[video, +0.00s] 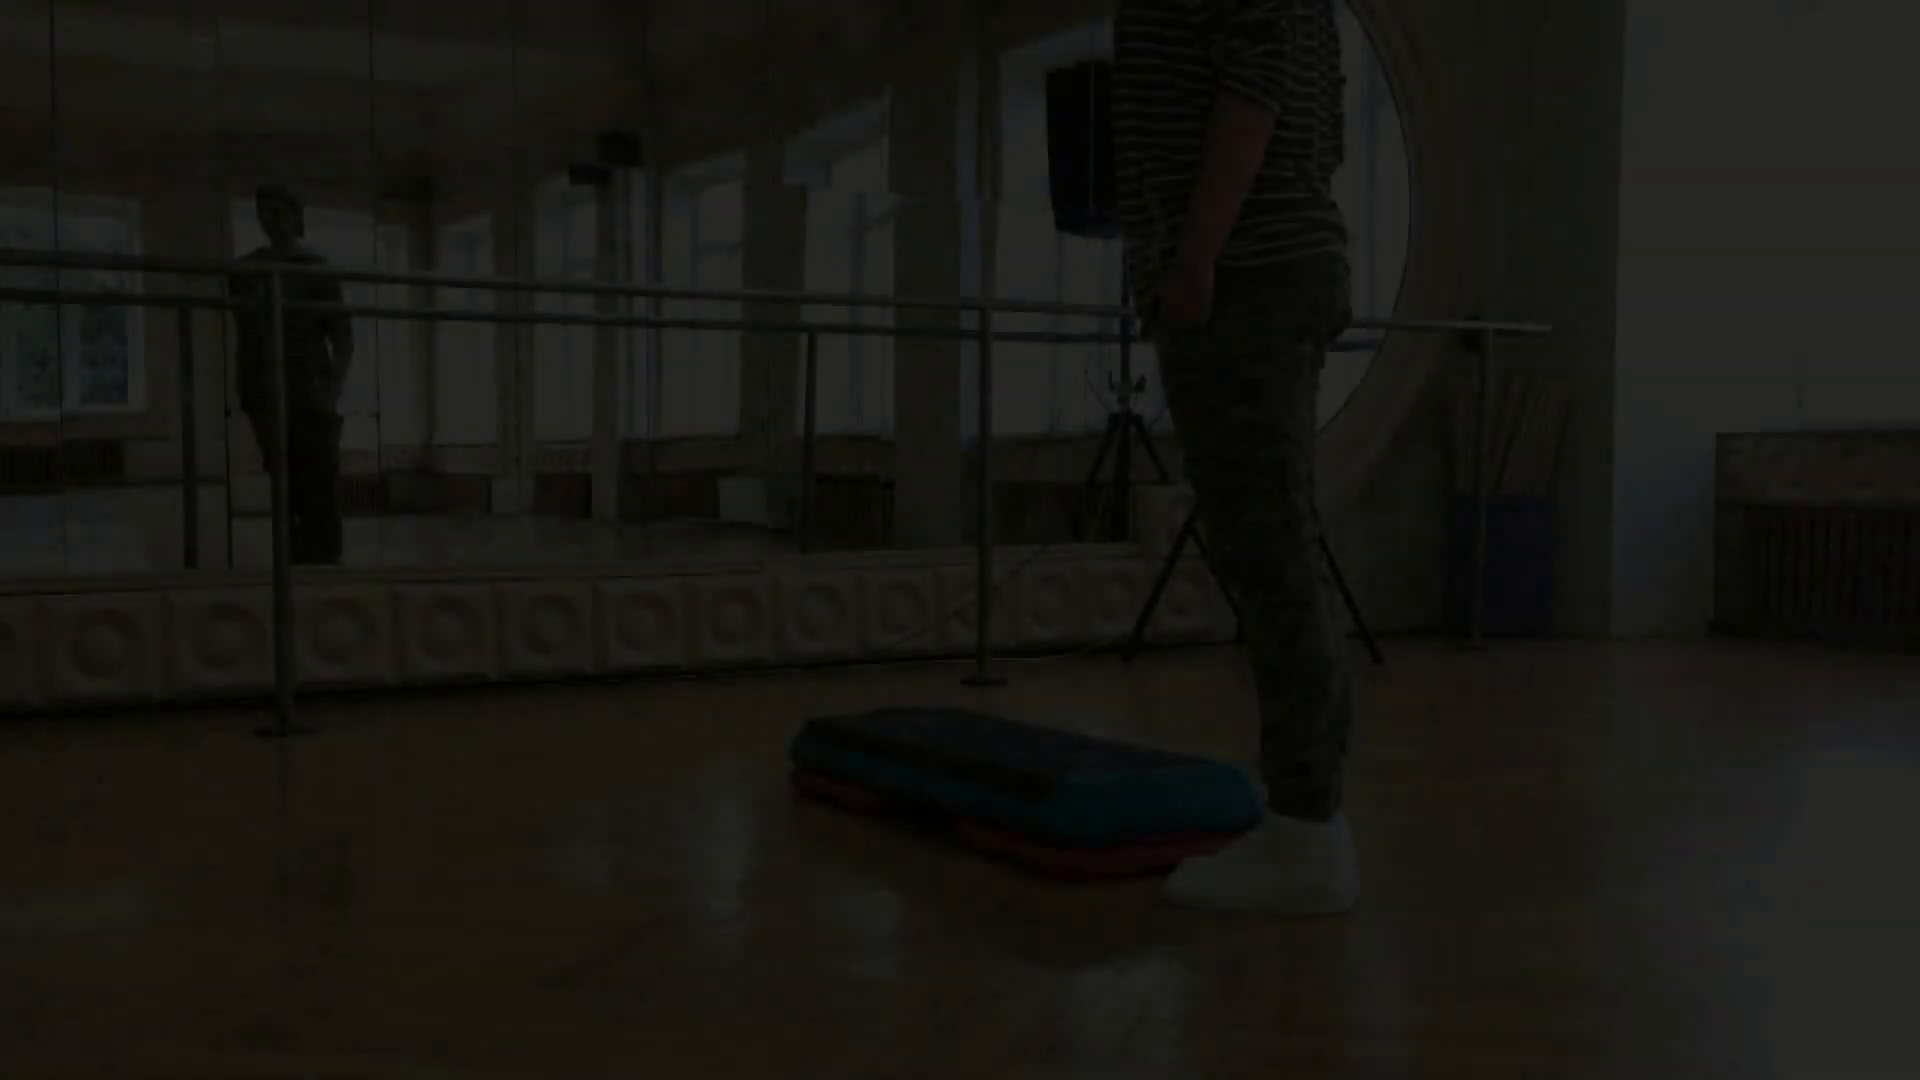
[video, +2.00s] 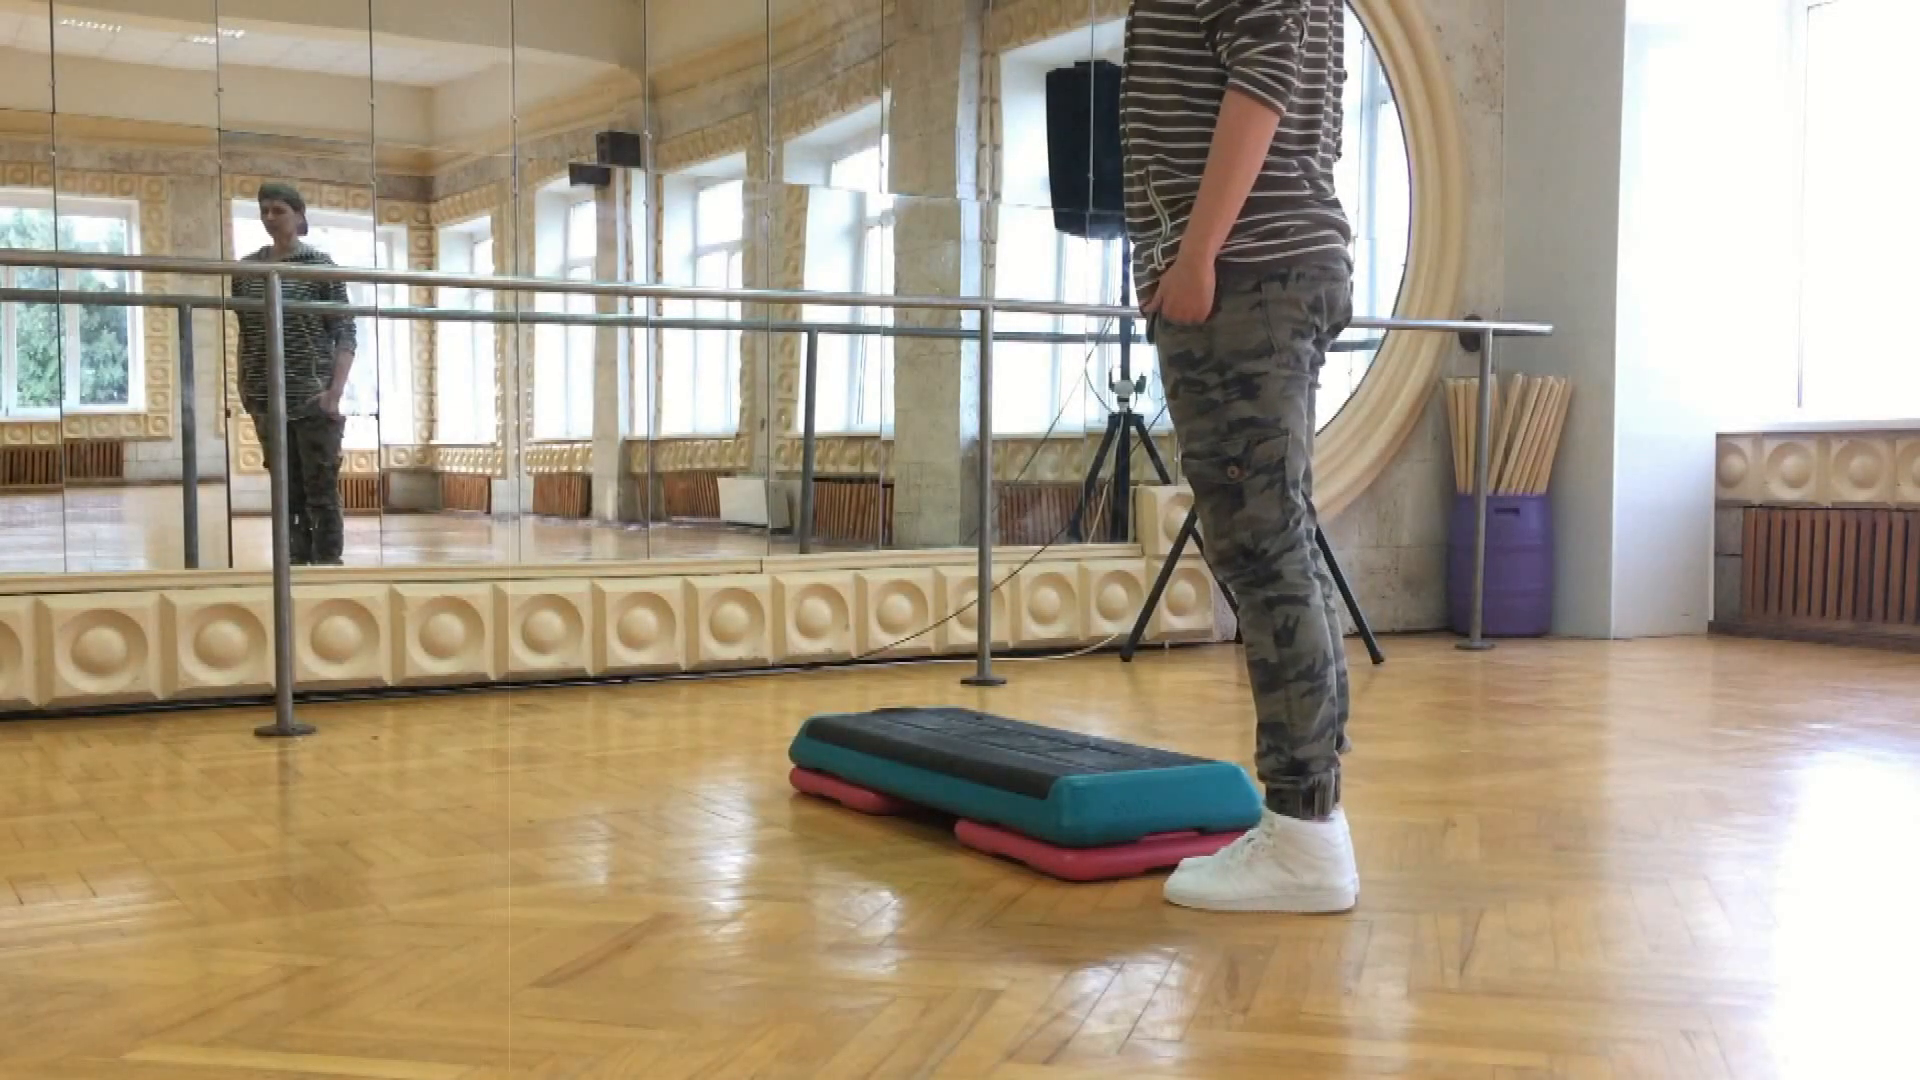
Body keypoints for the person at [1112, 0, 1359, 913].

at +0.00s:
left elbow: (1250, 97)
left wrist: (1195, 257)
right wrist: (1179, 254)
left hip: (1253, 275)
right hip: (1240, 274)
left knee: (1264, 544)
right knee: (1263, 543)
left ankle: (1304, 829)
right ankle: (1302, 819)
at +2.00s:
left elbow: (1267, 76)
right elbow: (1268, 91)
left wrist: (1195, 254)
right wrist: (1186, 253)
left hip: (1246, 275)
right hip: (1256, 270)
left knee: (1260, 547)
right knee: (1271, 543)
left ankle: (1303, 835)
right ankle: (1305, 821)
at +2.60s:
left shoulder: (1209, 4)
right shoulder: (1282, 18)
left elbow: (1254, 141)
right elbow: (1329, 186)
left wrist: (1165, 298)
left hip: (1225, 320)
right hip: (1254, 322)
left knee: (1140, 573)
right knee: (1046, 486)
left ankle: (1292, 835)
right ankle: (1229, 648)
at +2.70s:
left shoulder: (1188, 2)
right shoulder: (1159, 20)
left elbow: (1258, 103)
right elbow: (1298, 135)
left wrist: (1178, 269)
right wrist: (1168, 260)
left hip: (1235, 279)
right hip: (1195, 285)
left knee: (1179, 557)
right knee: (1040, 439)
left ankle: (1292, 834)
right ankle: (1149, 674)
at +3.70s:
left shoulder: (1231, 61)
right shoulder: (1188, 72)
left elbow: (1305, 211)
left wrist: (1279, 360)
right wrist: (1204, 351)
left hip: (1284, 360)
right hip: (1211, 367)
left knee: (1365, 563)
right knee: (1126, 527)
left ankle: (1496, 750)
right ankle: (1225, 732)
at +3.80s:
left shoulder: (1196, 61)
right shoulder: (1165, 65)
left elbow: (1262, 215)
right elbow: (1202, 221)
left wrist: (1219, 361)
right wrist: (1167, 349)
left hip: (1234, 369)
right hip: (1185, 371)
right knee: (1151, 554)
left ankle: (1425, 698)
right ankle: (1244, 751)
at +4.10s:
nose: (987, 3)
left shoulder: (1069, 32)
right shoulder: (1041, 43)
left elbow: (1142, 178)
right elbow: (1106, 182)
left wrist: (1065, 294)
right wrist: (1039, 286)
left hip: (1096, 322)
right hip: (1109, 325)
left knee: (928, 452)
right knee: (1117, 532)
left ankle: (973, 672)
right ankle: (1232, 727)